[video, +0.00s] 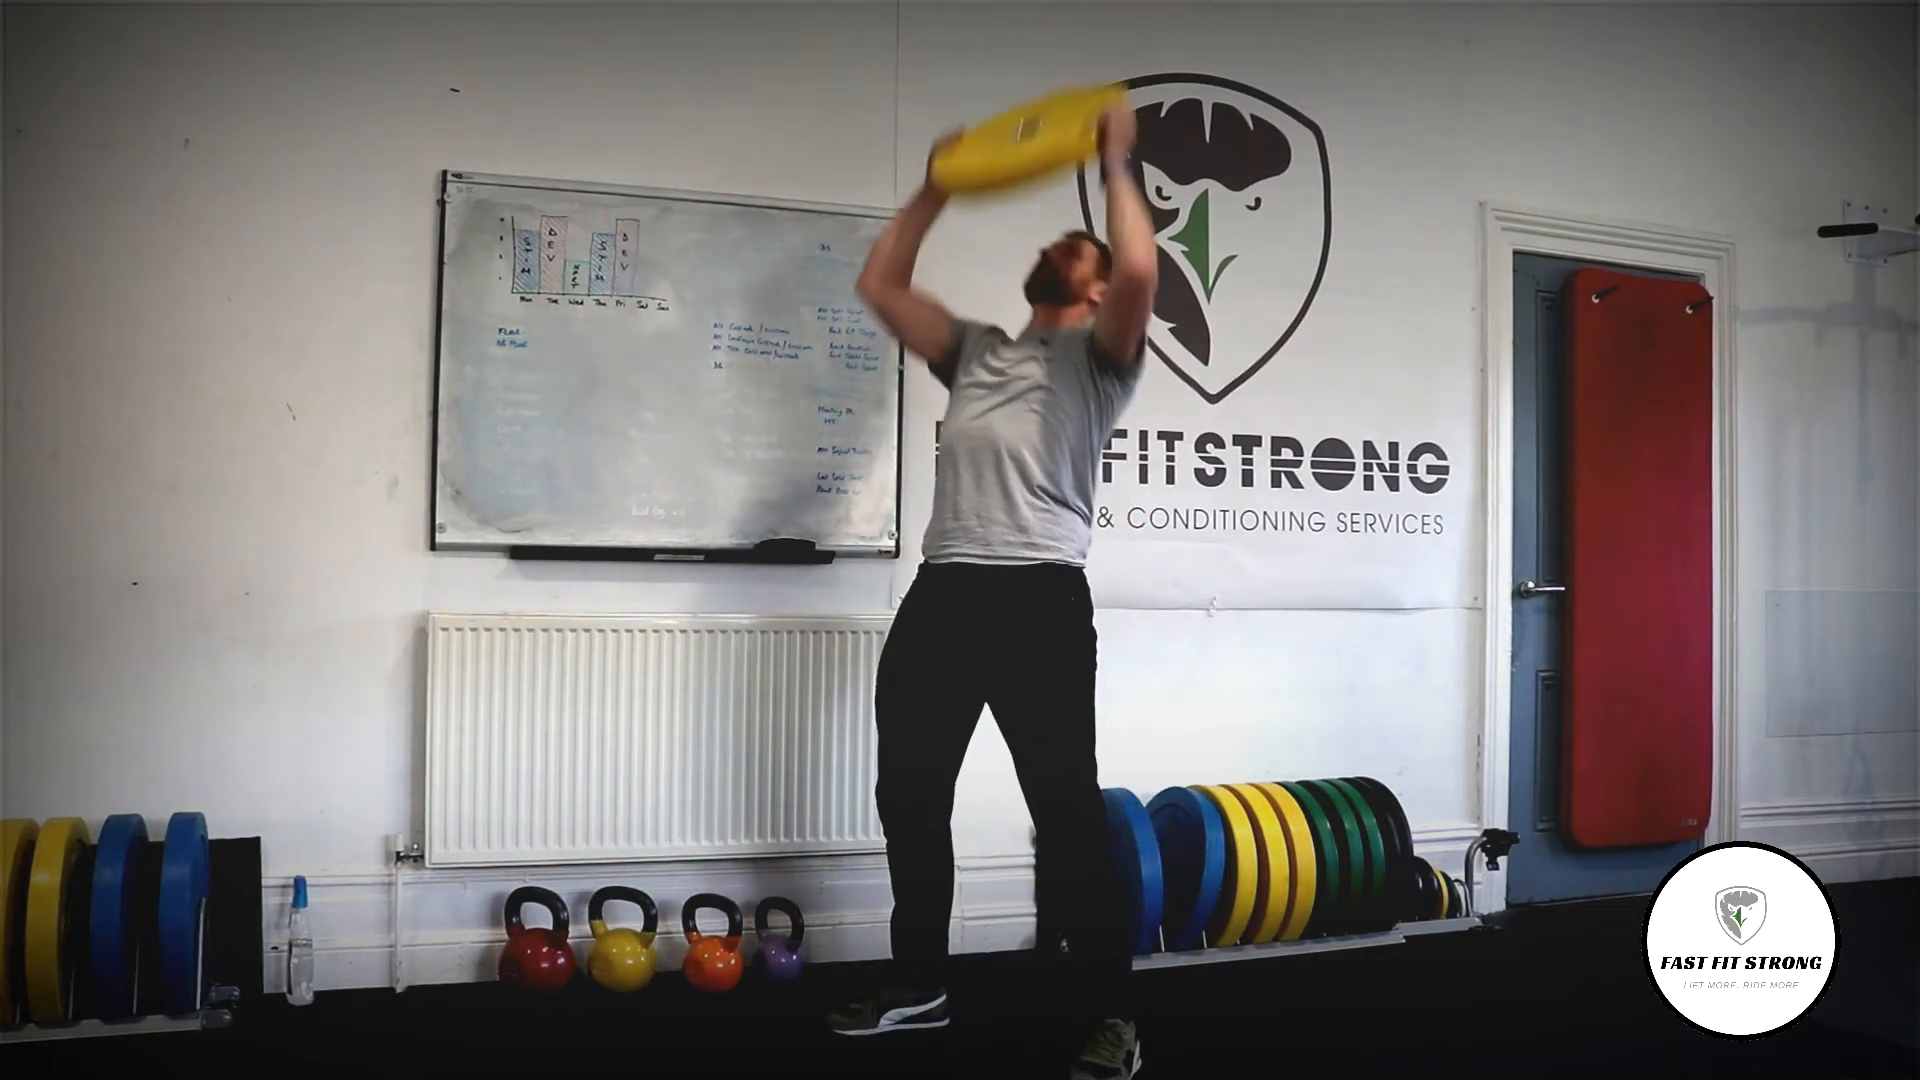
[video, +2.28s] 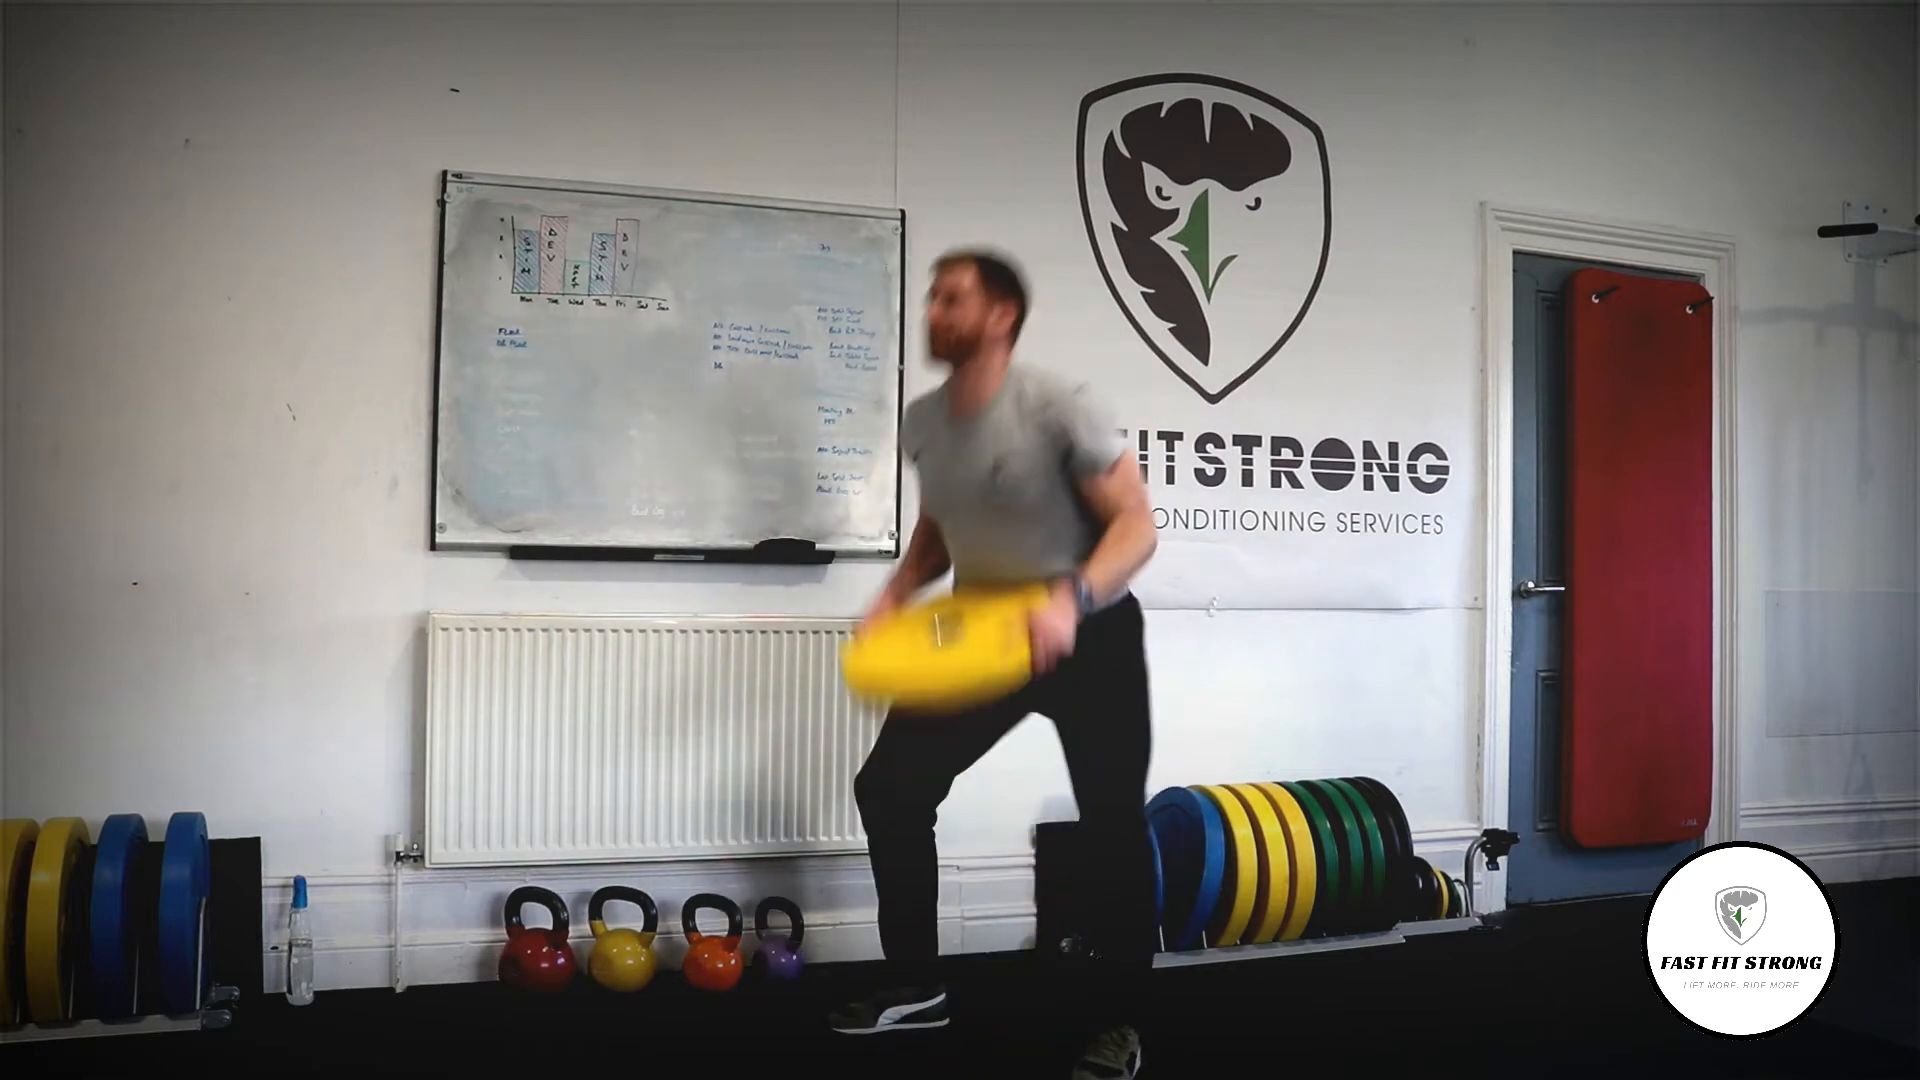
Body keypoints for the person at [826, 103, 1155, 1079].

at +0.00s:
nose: (1062, 252)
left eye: (1082, 252)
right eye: (1057, 248)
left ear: (1104, 287)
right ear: (1035, 281)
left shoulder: (1099, 360)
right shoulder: (973, 350)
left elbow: (1136, 276)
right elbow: (881, 283)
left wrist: (1117, 163)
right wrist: (934, 190)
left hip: (1041, 596)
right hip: (941, 595)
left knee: (1064, 804)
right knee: (910, 798)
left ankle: (1097, 1011)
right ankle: (919, 987)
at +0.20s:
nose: (1076, 285)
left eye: (1097, 282)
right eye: (1074, 275)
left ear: (1124, 313)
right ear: (1046, 286)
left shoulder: (1109, 381)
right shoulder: (991, 373)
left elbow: (1141, 448)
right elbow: (899, 449)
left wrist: (1103, 332)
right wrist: (918, 345)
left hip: (1047, 596)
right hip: (949, 597)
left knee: (1067, 806)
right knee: (909, 799)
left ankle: (1101, 1011)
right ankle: (921, 988)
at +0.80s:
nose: (1023, 281)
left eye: (1039, 265)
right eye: (1016, 267)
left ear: (1087, 265)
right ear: (1013, 271)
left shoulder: (1127, 339)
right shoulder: (1001, 347)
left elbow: (1166, 447)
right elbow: (953, 446)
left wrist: (1080, 460)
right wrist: (890, 474)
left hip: (1081, 596)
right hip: (987, 597)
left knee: (1090, 799)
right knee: (941, 791)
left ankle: (1108, 1008)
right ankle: (929, 982)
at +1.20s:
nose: (928, 325)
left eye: (941, 307)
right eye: (918, 309)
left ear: (987, 286)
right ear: (912, 302)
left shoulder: (1058, 358)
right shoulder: (920, 377)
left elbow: (1100, 492)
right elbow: (918, 505)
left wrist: (1088, 624)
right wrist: (898, 616)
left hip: (1089, 603)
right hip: (993, 608)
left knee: (1107, 806)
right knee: (936, 787)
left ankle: (1118, 1014)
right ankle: (917, 982)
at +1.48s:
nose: (884, 477)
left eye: (894, 458)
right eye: (872, 463)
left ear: (939, 429)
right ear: (860, 455)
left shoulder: (1030, 499)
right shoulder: (877, 530)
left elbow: (1051, 647)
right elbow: (887, 660)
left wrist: (1059, 793)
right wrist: (883, 785)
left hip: (1103, 657)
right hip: (995, 668)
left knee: (1131, 823)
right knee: (876, 780)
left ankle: (1117, 1020)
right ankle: (915, 982)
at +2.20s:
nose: (907, 370)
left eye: (925, 356)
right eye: (905, 356)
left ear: (980, 366)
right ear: (904, 368)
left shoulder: (1036, 453)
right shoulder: (903, 468)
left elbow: (1119, 568)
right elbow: (918, 580)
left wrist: (1066, 679)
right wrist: (884, 681)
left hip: (1098, 653)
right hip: (999, 657)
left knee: (1122, 834)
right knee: (884, 783)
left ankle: (1117, 1025)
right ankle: (915, 987)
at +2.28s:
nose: (933, 313)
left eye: (952, 299)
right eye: (932, 299)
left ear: (1003, 315)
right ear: (931, 316)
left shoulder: (1059, 408)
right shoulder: (924, 419)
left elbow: (1138, 526)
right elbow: (940, 529)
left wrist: (1074, 596)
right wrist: (891, 598)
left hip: (1089, 635)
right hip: (985, 637)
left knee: (1112, 821)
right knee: (891, 790)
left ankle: (1120, 1026)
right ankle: (915, 991)